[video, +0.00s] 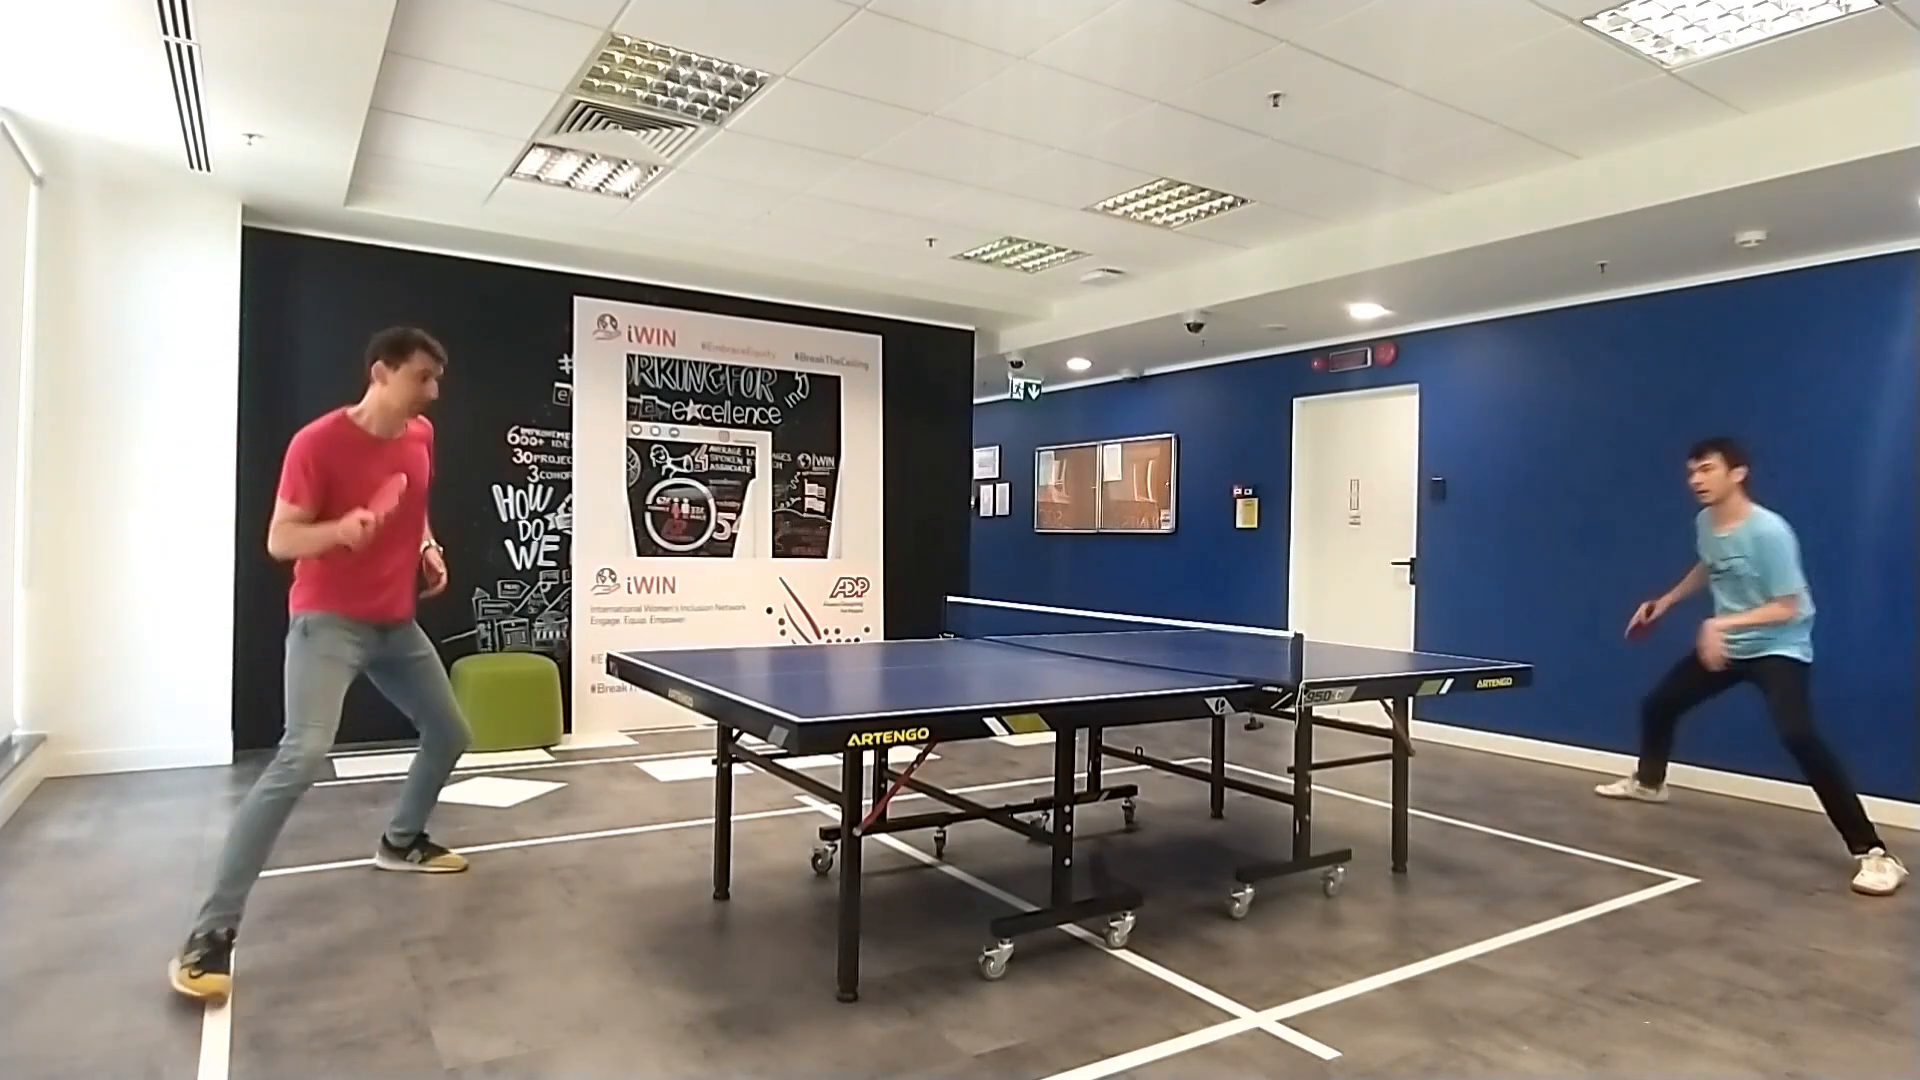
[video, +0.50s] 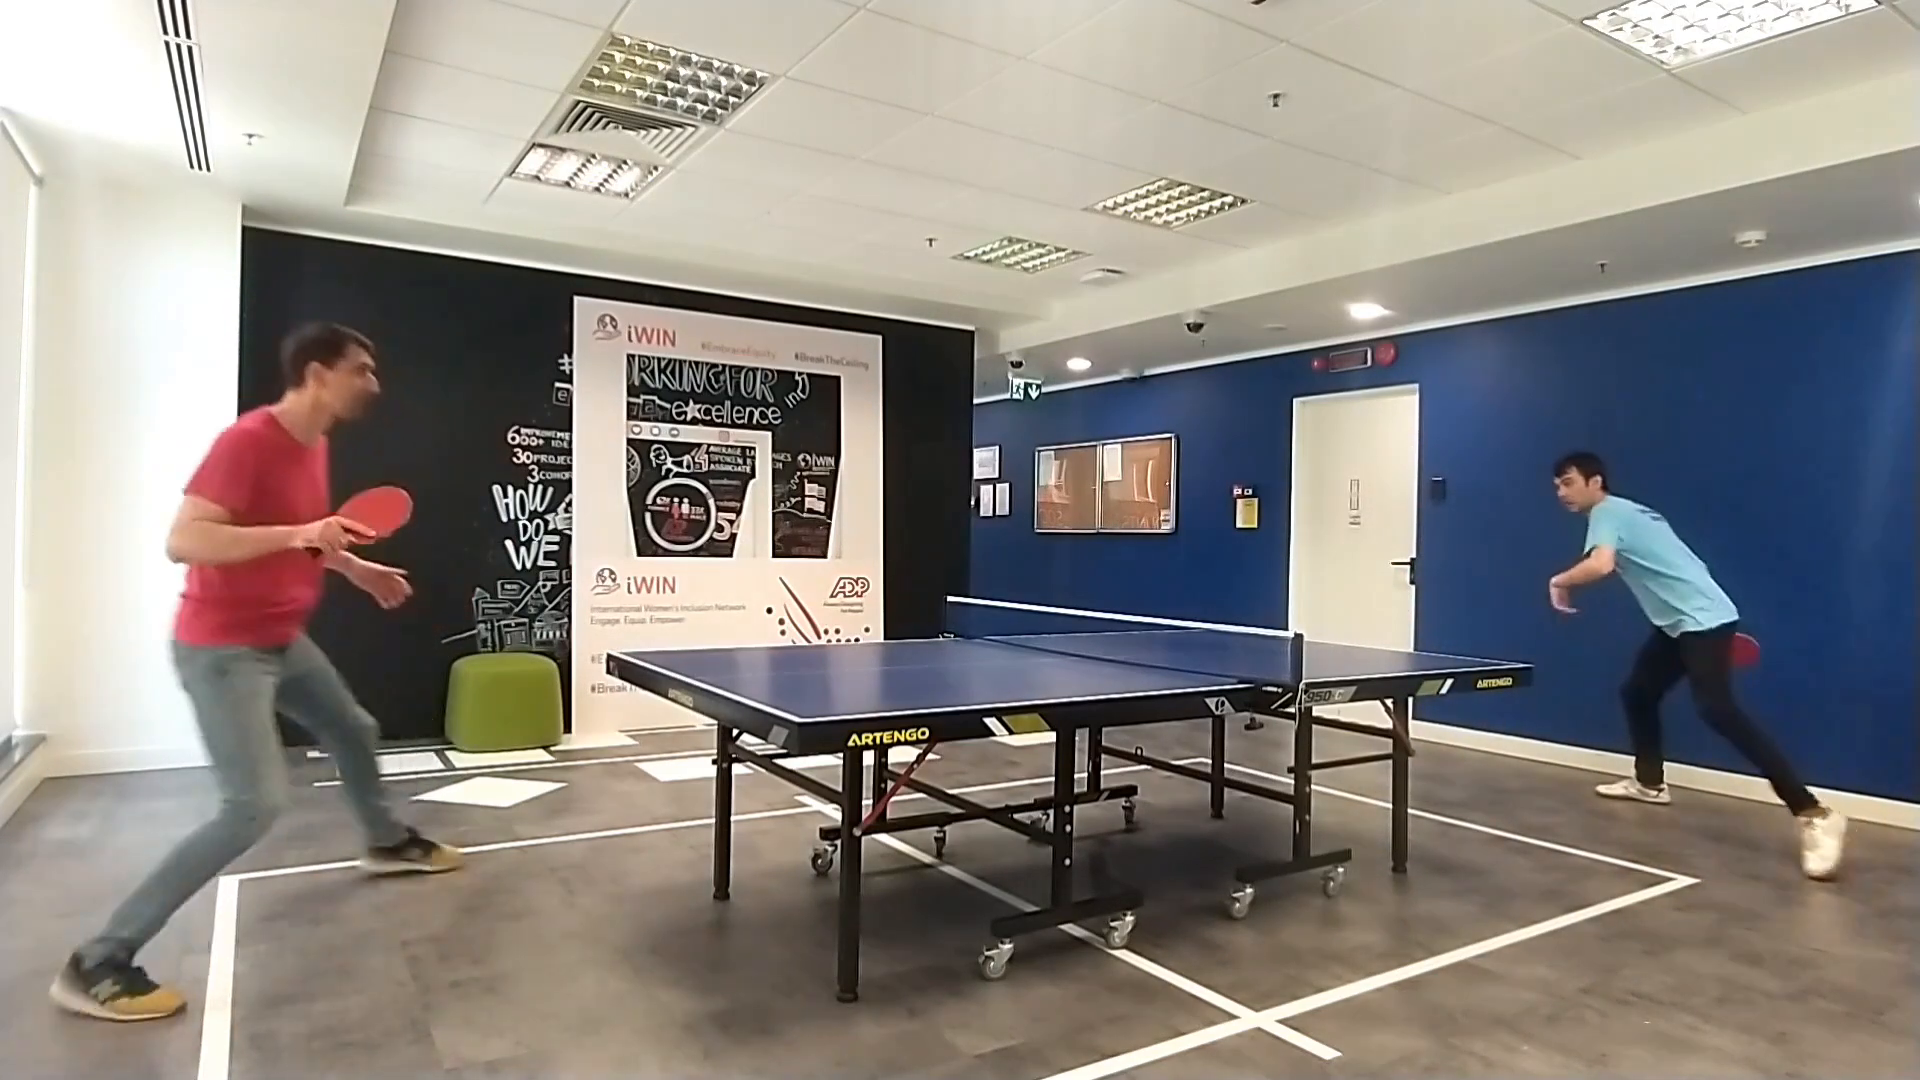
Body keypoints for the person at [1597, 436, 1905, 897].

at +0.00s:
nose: (1696, 479)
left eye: (1706, 469)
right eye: (1693, 472)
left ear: (1738, 475)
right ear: (1693, 480)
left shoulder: (1770, 531)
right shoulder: (1706, 521)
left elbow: (1790, 606)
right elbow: (1710, 569)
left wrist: (1722, 623)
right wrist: (1667, 601)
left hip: (1779, 651)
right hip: (1730, 646)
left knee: (1798, 736)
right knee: (1660, 704)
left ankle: (1873, 854)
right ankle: (1648, 783)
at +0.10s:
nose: (1653, 489)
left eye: (1662, 479)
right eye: (1650, 482)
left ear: (1692, 484)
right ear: (1651, 490)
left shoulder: (1720, 533)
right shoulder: (1679, 536)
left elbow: (1733, 607)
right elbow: (1692, 595)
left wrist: (1669, 621)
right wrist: (1654, 624)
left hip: (1756, 653)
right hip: (1711, 650)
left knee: (1777, 740)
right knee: (1637, 701)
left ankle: (1869, 855)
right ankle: (1647, 784)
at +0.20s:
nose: (1616, 492)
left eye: (1625, 483)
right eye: (1613, 486)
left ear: (1653, 487)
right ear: (1616, 494)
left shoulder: (1675, 528)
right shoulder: (1653, 536)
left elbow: (1685, 598)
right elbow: (1680, 599)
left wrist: (1627, 611)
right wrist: (1653, 640)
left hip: (1735, 646)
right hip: (1697, 645)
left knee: (1770, 737)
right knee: (1630, 696)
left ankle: (1857, 849)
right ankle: (1646, 784)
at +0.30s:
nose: (1589, 495)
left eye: (1596, 485)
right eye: (1585, 488)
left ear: (1624, 486)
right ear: (1601, 493)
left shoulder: (1641, 521)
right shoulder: (1637, 523)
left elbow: (1639, 590)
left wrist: (1593, 598)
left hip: (1726, 635)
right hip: (1691, 635)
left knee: (1760, 728)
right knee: (1634, 694)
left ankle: (1846, 839)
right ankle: (1646, 783)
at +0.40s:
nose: (1573, 496)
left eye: (1579, 486)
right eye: (1570, 489)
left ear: (1607, 485)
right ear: (1607, 490)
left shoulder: (1616, 517)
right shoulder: (1639, 513)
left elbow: (1604, 578)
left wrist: (1563, 586)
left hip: (1716, 628)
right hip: (1687, 630)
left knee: (1750, 720)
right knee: (1638, 692)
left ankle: (1833, 831)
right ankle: (1648, 784)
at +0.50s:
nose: (1560, 492)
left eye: (1567, 482)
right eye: (1558, 485)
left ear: (1595, 482)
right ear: (1595, 487)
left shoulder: (1607, 512)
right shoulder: (1631, 511)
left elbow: (1602, 564)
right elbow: (1678, 565)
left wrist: (1560, 580)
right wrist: (1720, 623)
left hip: (1703, 621)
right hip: (1679, 624)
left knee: (1718, 710)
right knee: (1639, 694)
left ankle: (1814, 815)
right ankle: (1649, 782)